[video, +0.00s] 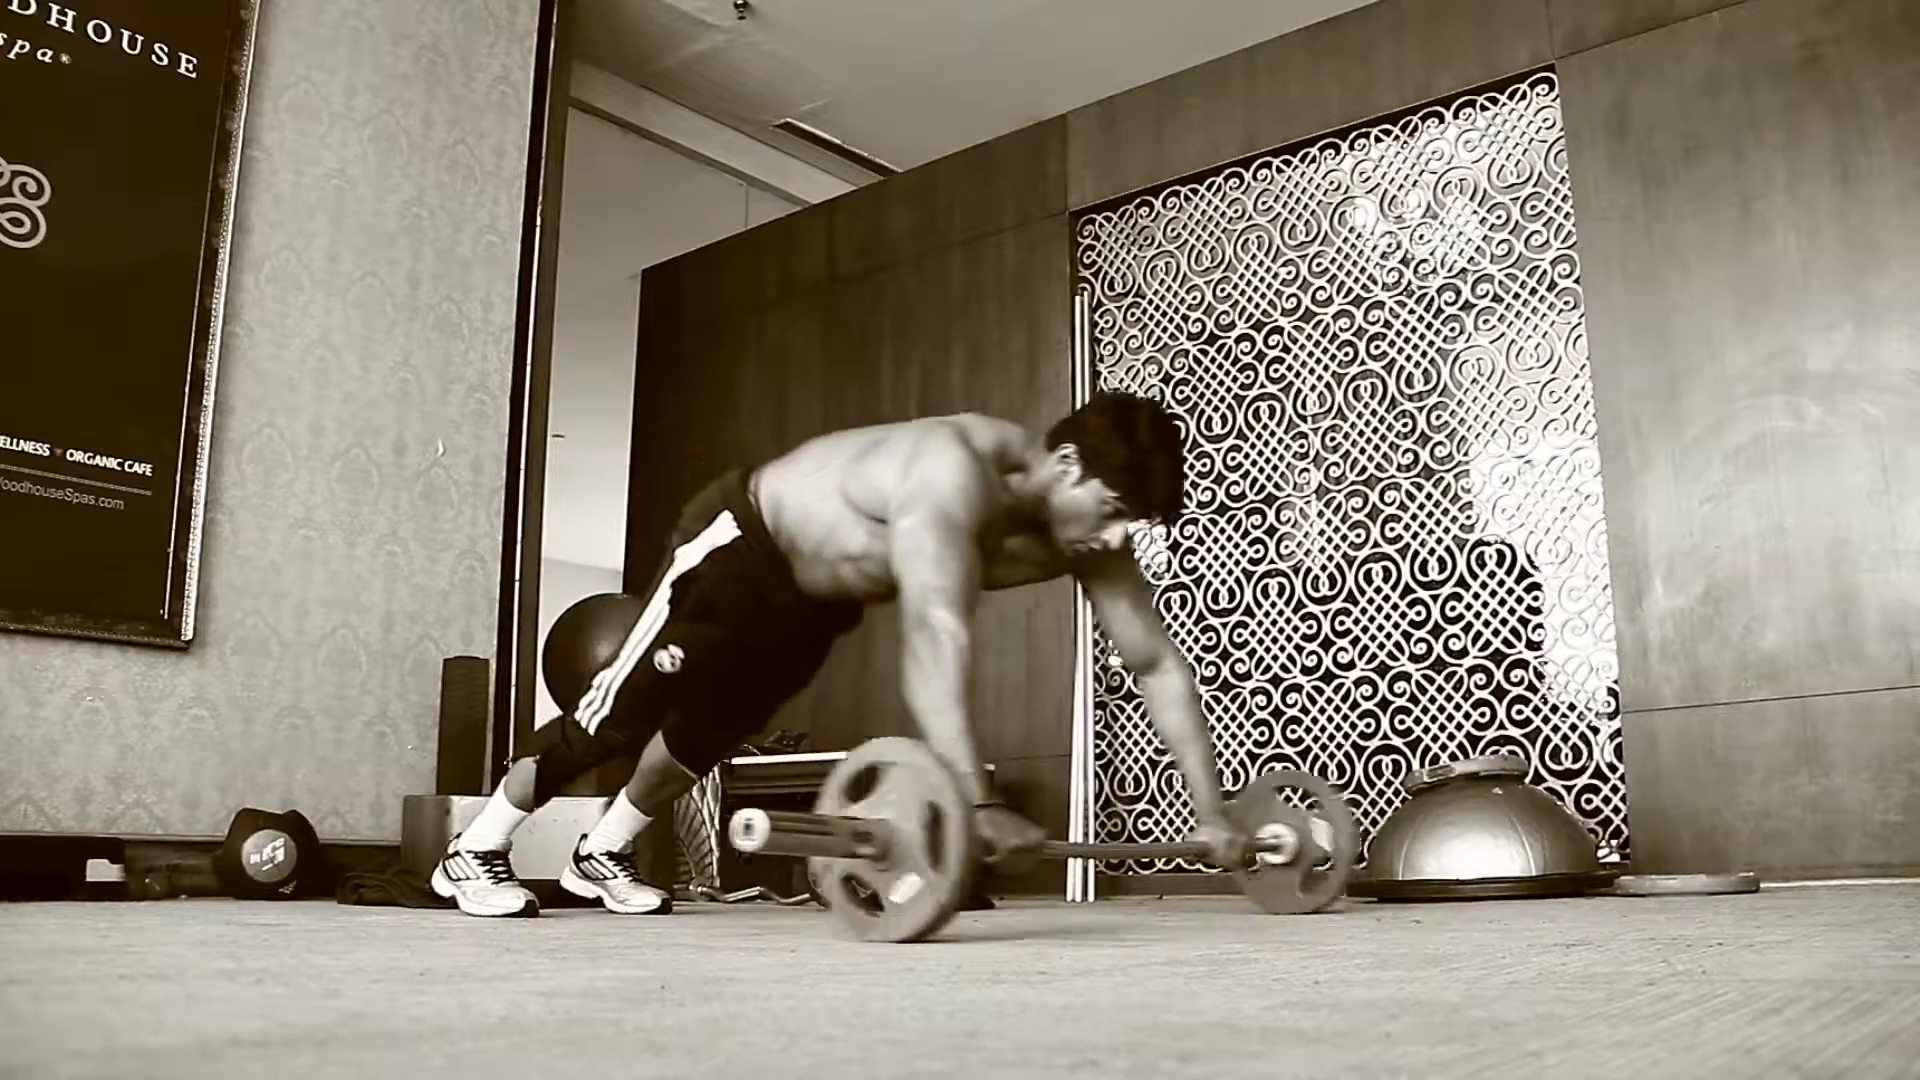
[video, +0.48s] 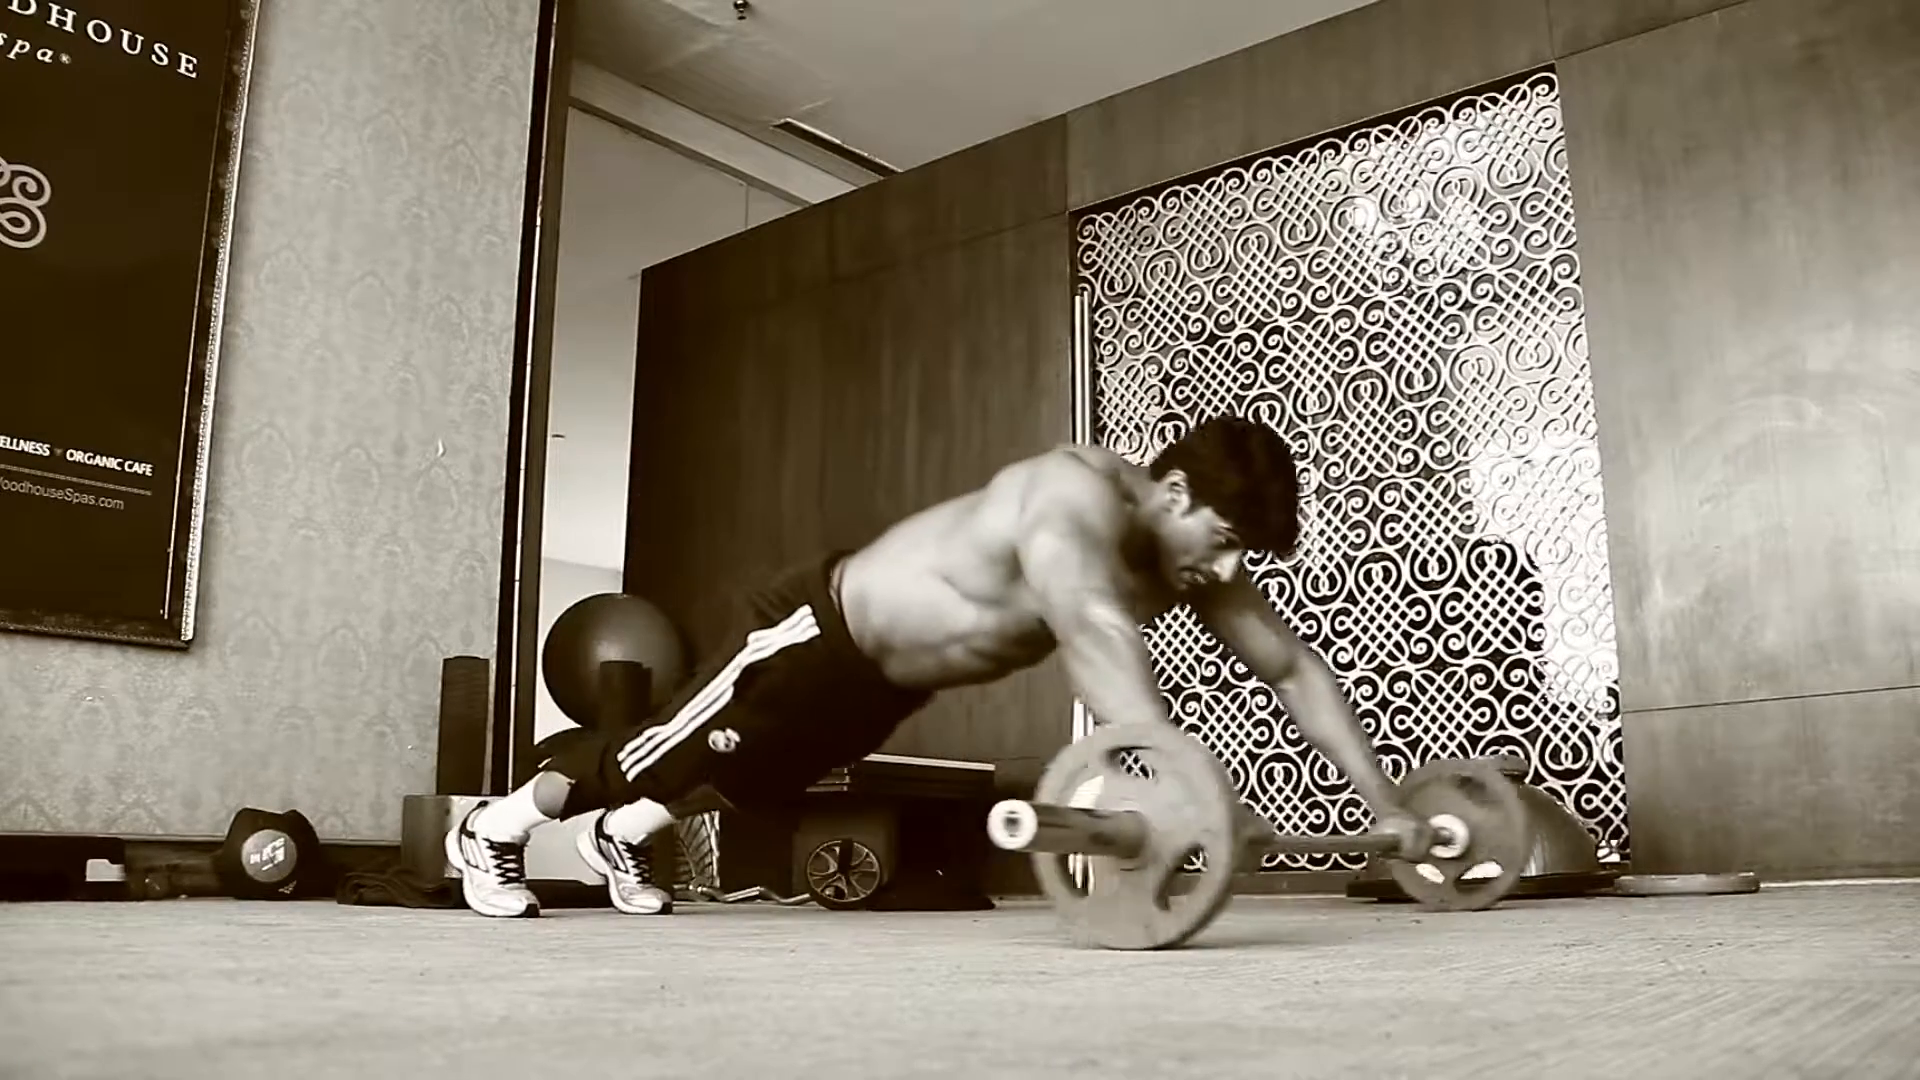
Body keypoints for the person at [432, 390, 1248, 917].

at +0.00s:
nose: (1116, 535)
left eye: (1130, 521)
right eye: (1113, 510)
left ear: (1110, 495)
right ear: (1066, 462)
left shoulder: (1085, 535)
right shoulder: (949, 475)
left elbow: (1155, 665)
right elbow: (933, 641)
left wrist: (1211, 808)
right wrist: (969, 808)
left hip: (820, 600)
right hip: (746, 541)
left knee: (704, 735)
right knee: (613, 715)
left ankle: (600, 853)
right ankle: (472, 854)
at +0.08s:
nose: (1134, 536)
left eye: (1152, 524)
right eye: (1132, 510)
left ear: (1138, 499)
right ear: (1087, 462)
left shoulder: (1110, 536)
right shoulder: (972, 472)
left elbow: (1184, 664)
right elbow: (961, 630)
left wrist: (1241, 803)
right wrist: (997, 791)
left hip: (834, 614)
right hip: (762, 555)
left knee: (712, 739)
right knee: (625, 716)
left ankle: (605, 850)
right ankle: (479, 847)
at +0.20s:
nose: (1162, 537)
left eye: (1179, 524)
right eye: (1161, 512)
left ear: (1156, 495)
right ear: (1117, 464)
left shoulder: (1134, 535)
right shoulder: (1006, 477)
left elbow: (1224, 665)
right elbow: (1004, 628)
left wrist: (1298, 814)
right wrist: (1050, 793)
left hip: (852, 640)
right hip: (782, 585)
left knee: (725, 753)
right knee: (637, 728)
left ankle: (608, 843)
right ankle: (479, 840)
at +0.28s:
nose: (1182, 547)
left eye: (1198, 535)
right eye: (1183, 523)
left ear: (1172, 504)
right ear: (1139, 472)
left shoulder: (1147, 539)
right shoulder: (1030, 481)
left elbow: (1244, 663)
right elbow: (1028, 627)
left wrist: (1325, 805)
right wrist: (1096, 779)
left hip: (865, 655)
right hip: (798, 599)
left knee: (731, 763)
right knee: (646, 732)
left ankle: (609, 834)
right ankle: (483, 837)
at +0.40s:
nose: (1209, 556)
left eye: (1227, 544)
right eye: (1212, 531)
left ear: (1204, 517)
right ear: (1168, 480)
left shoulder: (1165, 546)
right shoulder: (1055, 492)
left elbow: (1273, 666)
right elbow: (1067, 633)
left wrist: (1361, 795)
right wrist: (1146, 766)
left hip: (885, 670)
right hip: (820, 615)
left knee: (750, 772)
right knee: (659, 740)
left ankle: (614, 828)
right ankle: (495, 827)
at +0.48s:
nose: (1218, 568)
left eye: (1236, 556)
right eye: (1222, 544)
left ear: (1212, 518)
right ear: (1185, 489)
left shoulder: (1173, 551)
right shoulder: (1067, 500)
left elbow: (1292, 668)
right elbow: (1094, 648)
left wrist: (1385, 798)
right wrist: (1185, 787)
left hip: (890, 682)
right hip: (828, 633)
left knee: (759, 782)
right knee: (665, 751)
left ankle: (629, 830)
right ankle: (498, 823)